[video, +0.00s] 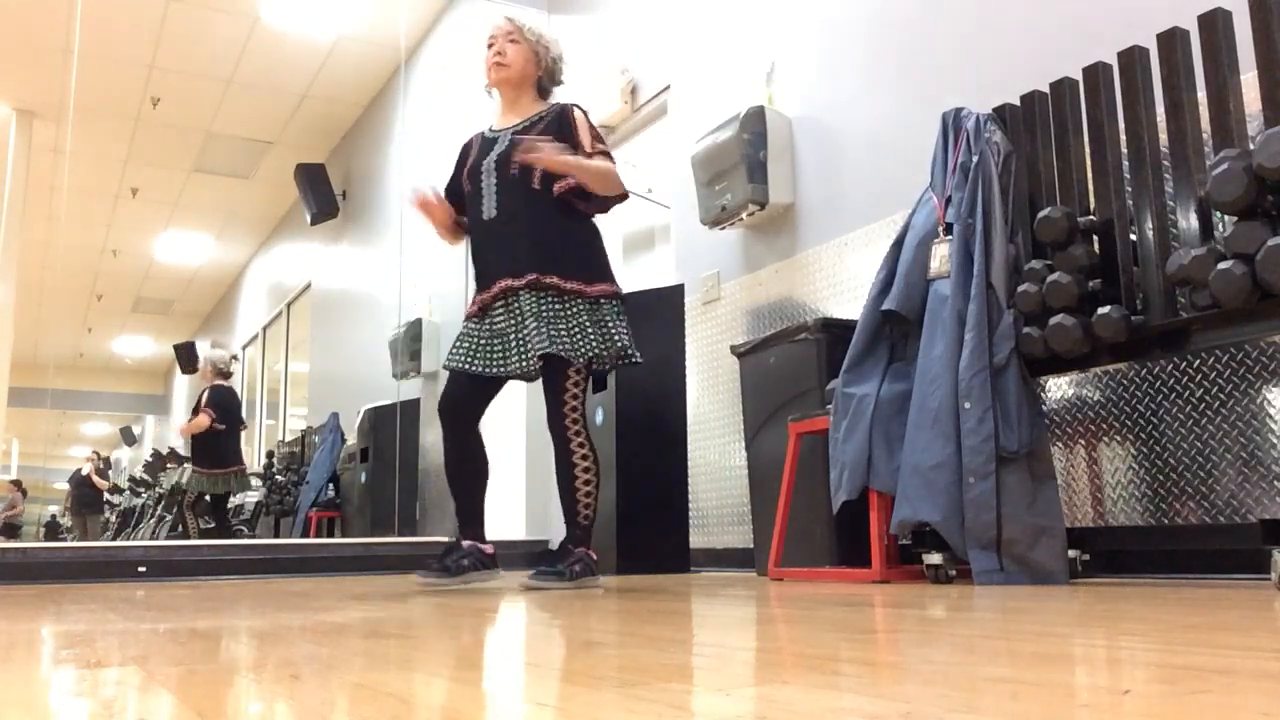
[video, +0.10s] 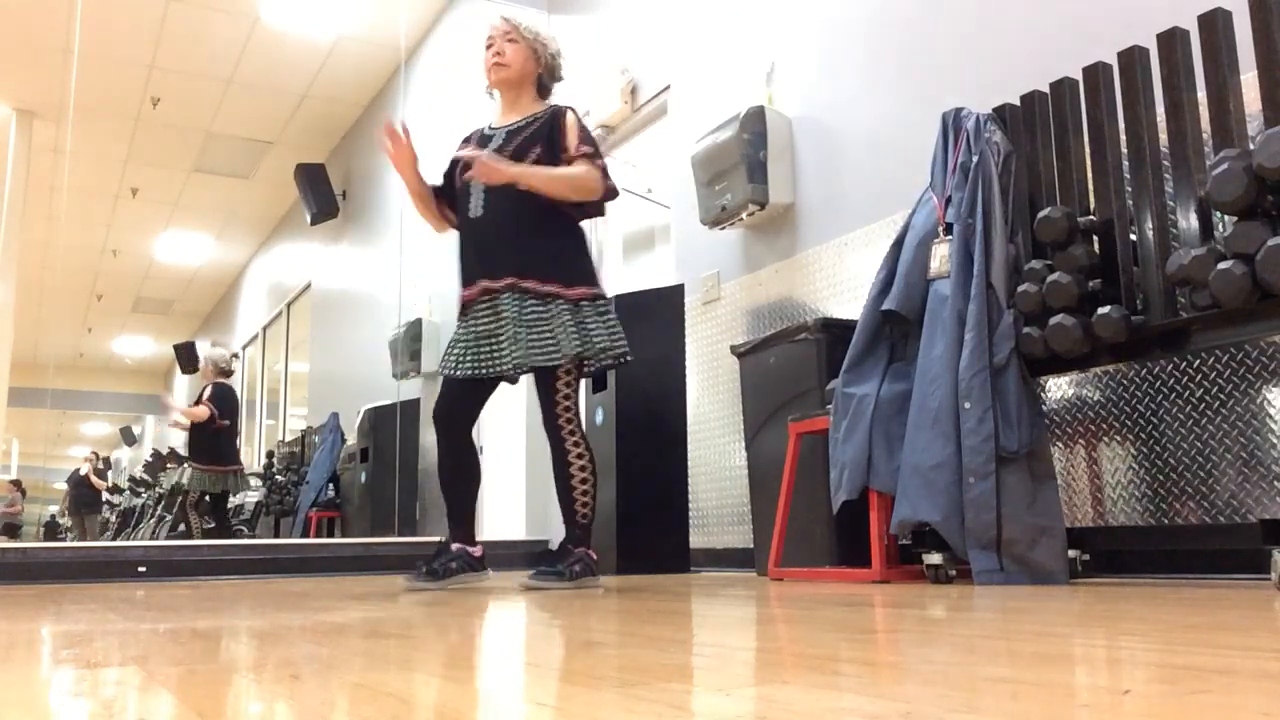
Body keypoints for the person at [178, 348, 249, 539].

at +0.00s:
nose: (201, 370)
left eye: (203, 366)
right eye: (202, 366)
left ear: (210, 369)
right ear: (225, 370)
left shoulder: (212, 392)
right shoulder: (232, 393)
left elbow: (203, 421)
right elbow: (241, 426)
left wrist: (187, 429)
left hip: (208, 467)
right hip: (229, 466)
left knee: (187, 505)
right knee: (220, 510)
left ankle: (196, 548)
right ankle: (227, 551)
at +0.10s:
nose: (200, 368)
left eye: (203, 364)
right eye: (202, 363)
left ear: (211, 367)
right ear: (223, 368)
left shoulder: (214, 389)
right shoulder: (229, 391)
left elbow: (202, 414)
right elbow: (212, 426)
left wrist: (174, 406)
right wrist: (183, 425)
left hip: (207, 465)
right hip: (226, 465)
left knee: (189, 506)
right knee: (220, 510)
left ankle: (198, 550)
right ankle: (229, 553)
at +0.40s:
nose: (196, 367)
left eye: (199, 363)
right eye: (197, 363)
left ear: (206, 366)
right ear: (217, 367)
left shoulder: (212, 389)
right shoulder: (221, 391)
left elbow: (186, 407)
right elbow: (209, 429)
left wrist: (174, 384)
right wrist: (182, 443)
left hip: (203, 461)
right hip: (208, 460)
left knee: (194, 509)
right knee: (195, 509)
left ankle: (200, 554)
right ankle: (199, 553)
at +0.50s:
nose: (194, 368)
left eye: (197, 364)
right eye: (195, 363)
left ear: (205, 367)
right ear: (214, 368)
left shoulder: (214, 391)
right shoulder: (208, 389)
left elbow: (183, 412)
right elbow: (181, 410)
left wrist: (173, 386)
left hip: (203, 463)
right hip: (195, 462)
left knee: (193, 510)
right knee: (191, 510)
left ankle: (200, 554)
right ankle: (198, 553)